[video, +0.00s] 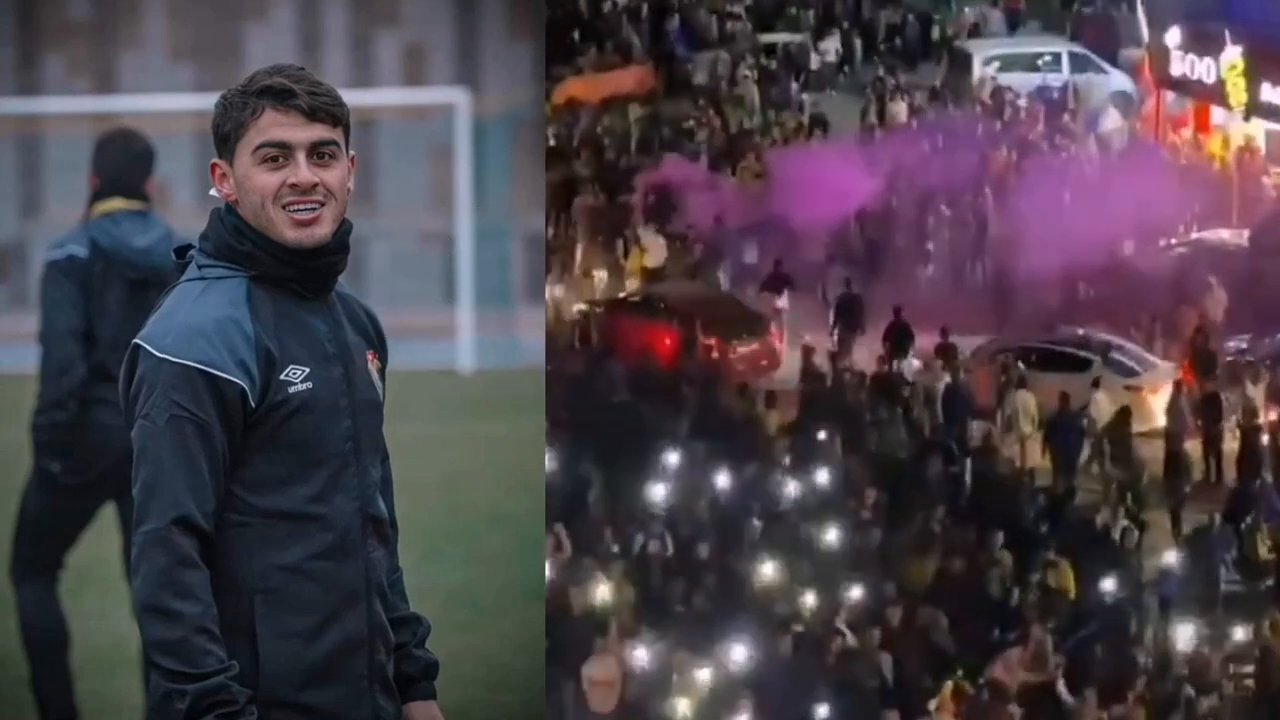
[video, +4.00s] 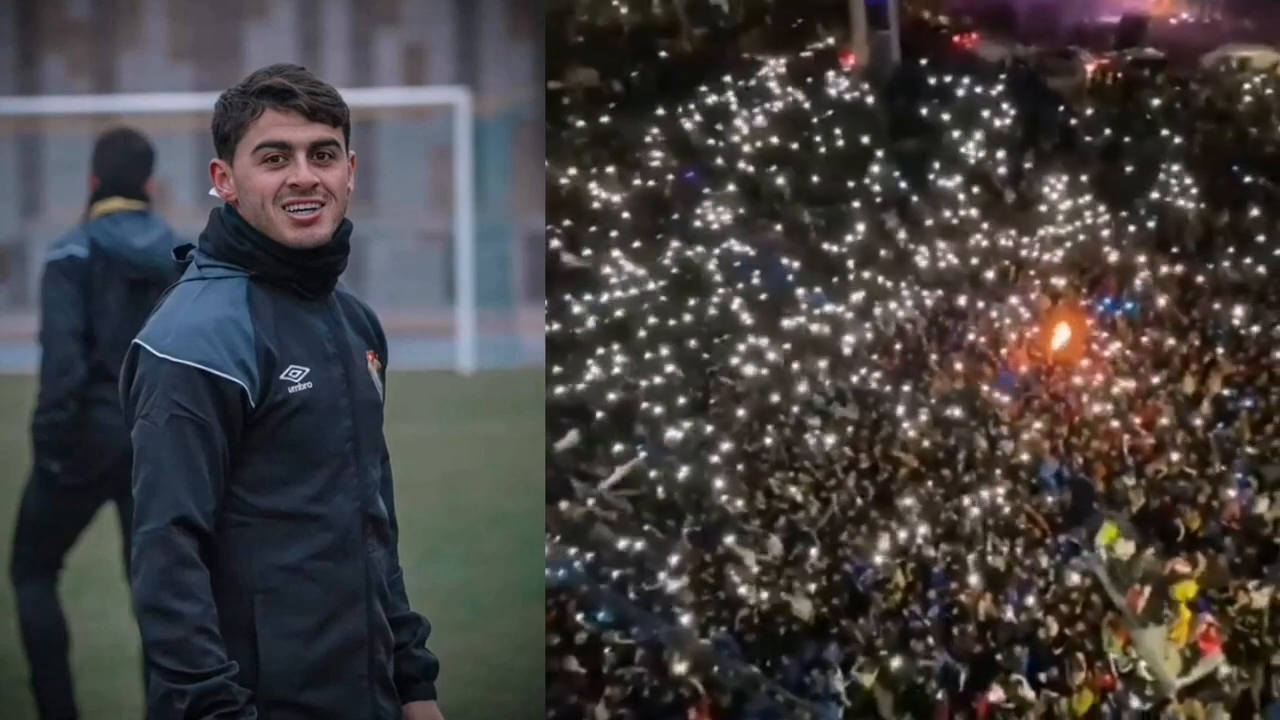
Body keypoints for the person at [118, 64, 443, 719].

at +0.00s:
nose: (305, 178)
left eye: (322, 155)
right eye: (274, 158)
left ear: (350, 171)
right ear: (226, 182)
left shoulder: (356, 323)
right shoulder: (195, 334)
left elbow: (372, 524)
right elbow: (164, 550)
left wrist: (414, 684)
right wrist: (213, 705)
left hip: (364, 690)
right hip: (259, 691)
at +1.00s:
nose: (304, 178)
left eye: (322, 155)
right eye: (274, 158)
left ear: (350, 171)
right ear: (226, 182)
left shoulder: (356, 323)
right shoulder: (195, 335)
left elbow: (372, 524)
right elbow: (164, 552)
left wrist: (414, 684)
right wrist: (214, 704)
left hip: (364, 689)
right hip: (259, 691)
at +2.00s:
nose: (305, 178)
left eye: (322, 155)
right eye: (274, 158)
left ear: (350, 171)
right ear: (226, 182)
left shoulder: (356, 324)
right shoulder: (195, 334)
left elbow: (373, 525)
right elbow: (164, 551)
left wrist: (414, 684)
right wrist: (213, 705)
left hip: (365, 690)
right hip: (259, 691)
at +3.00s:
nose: (305, 178)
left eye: (322, 155)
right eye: (274, 158)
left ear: (349, 171)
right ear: (226, 182)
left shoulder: (356, 323)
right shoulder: (195, 334)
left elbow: (372, 525)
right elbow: (164, 550)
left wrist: (414, 684)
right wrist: (213, 705)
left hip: (365, 690)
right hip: (260, 691)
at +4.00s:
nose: (304, 178)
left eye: (322, 155)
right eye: (274, 158)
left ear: (350, 171)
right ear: (226, 182)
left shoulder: (356, 323)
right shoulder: (195, 334)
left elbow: (372, 525)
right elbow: (164, 550)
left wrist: (414, 685)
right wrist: (213, 705)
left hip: (365, 690)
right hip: (259, 691)